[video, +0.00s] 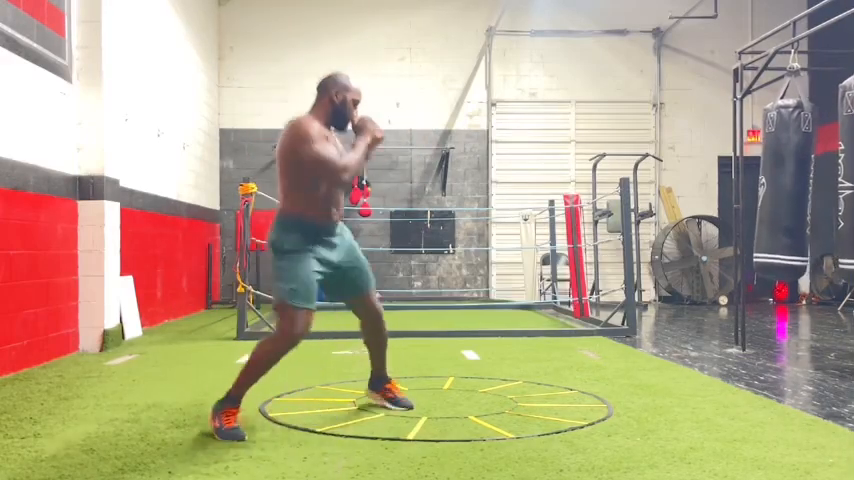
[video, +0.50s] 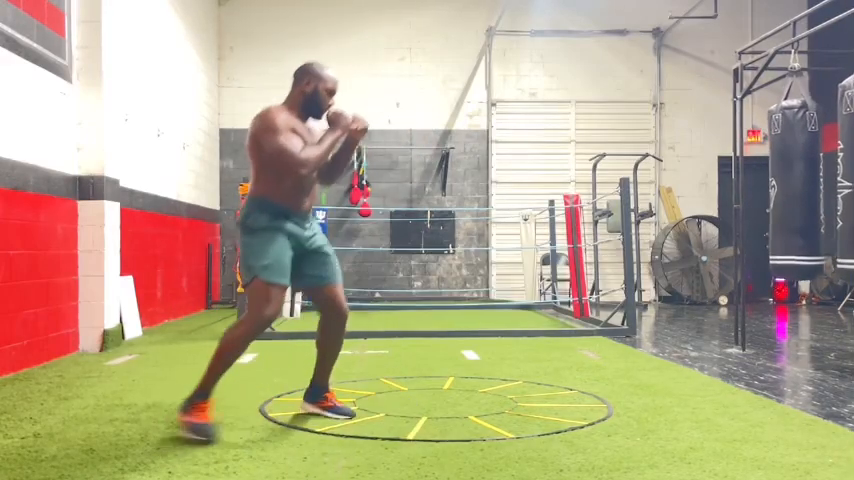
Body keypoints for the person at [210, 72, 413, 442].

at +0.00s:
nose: (356, 111)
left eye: (358, 105)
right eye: (353, 103)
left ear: (335, 97)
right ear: (333, 96)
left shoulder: (333, 136)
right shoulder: (303, 129)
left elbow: (337, 176)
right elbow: (344, 171)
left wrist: (362, 149)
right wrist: (365, 139)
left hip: (337, 237)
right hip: (297, 239)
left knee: (372, 311)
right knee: (293, 329)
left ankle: (380, 381)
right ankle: (228, 406)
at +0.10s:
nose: (361, 127)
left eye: (363, 120)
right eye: (358, 119)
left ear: (340, 114)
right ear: (337, 113)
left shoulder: (342, 153)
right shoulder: (304, 152)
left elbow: (361, 194)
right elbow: (339, 192)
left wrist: (380, 162)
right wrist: (367, 157)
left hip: (349, 249)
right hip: (310, 253)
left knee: (387, 323)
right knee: (314, 333)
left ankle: (381, 388)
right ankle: (241, 401)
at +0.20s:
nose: (355, 119)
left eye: (357, 113)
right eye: (352, 112)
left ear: (335, 107)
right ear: (330, 105)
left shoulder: (343, 145)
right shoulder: (299, 147)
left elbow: (357, 190)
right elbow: (335, 192)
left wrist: (376, 154)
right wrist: (369, 154)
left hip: (346, 243)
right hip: (307, 248)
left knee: (383, 318)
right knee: (304, 329)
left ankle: (381, 387)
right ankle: (238, 406)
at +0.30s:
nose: (348, 98)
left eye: (349, 91)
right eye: (345, 89)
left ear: (328, 86)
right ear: (322, 83)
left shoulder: (332, 127)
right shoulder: (290, 122)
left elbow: (344, 175)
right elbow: (324, 164)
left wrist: (364, 135)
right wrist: (360, 129)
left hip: (331, 223)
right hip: (292, 226)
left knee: (362, 301)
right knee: (284, 313)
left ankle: (375, 380)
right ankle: (233, 403)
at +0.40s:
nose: (341, 90)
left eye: (343, 84)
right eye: (338, 82)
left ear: (318, 75)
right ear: (314, 74)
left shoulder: (323, 118)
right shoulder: (282, 110)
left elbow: (338, 165)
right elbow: (317, 149)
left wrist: (360, 129)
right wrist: (346, 116)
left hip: (317, 217)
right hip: (276, 216)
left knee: (355, 296)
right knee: (272, 306)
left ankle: (338, 375)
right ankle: (224, 400)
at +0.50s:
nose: (331, 103)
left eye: (333, 97)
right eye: (328, 94)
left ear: (310, 87)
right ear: (305, 85)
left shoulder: (312, 129)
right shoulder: (270, 121)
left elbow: (328, 176)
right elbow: (304, 162)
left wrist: (352, 142)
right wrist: (338, 132)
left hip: (306, 226)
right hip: (268, 223)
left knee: (337, 311)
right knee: (264, 310)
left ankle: (318, 392)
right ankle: (197, 401)